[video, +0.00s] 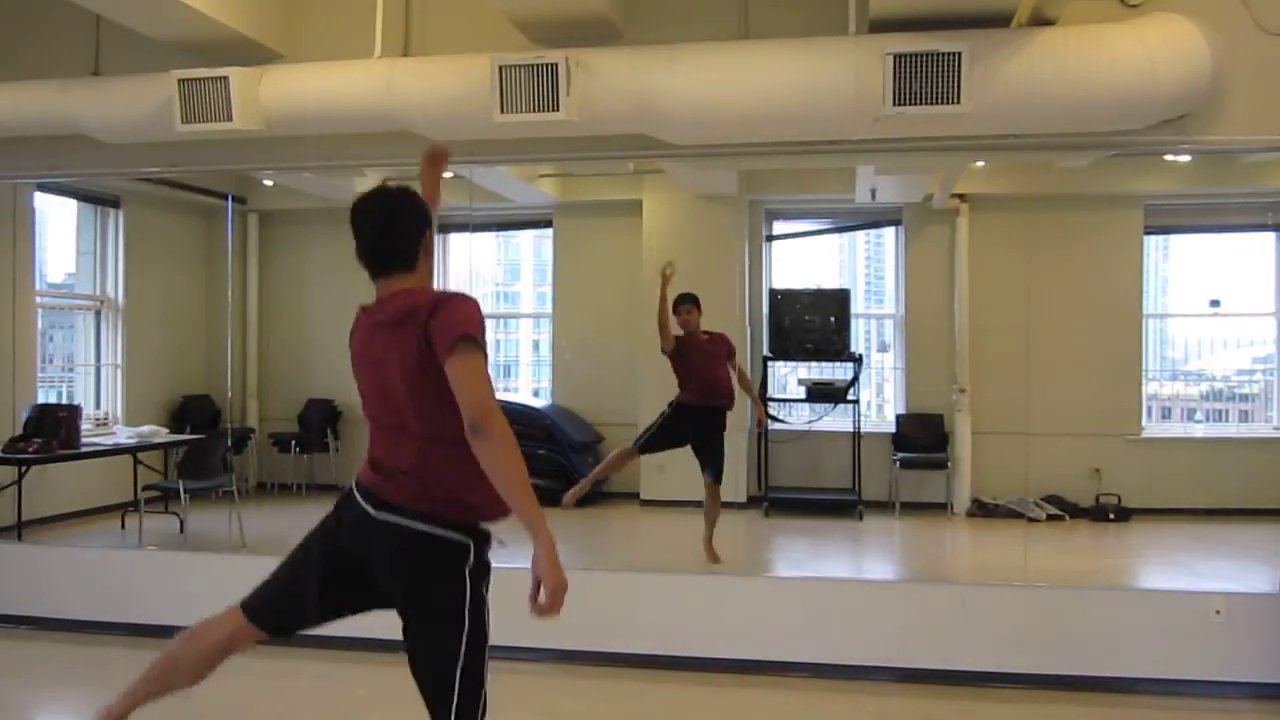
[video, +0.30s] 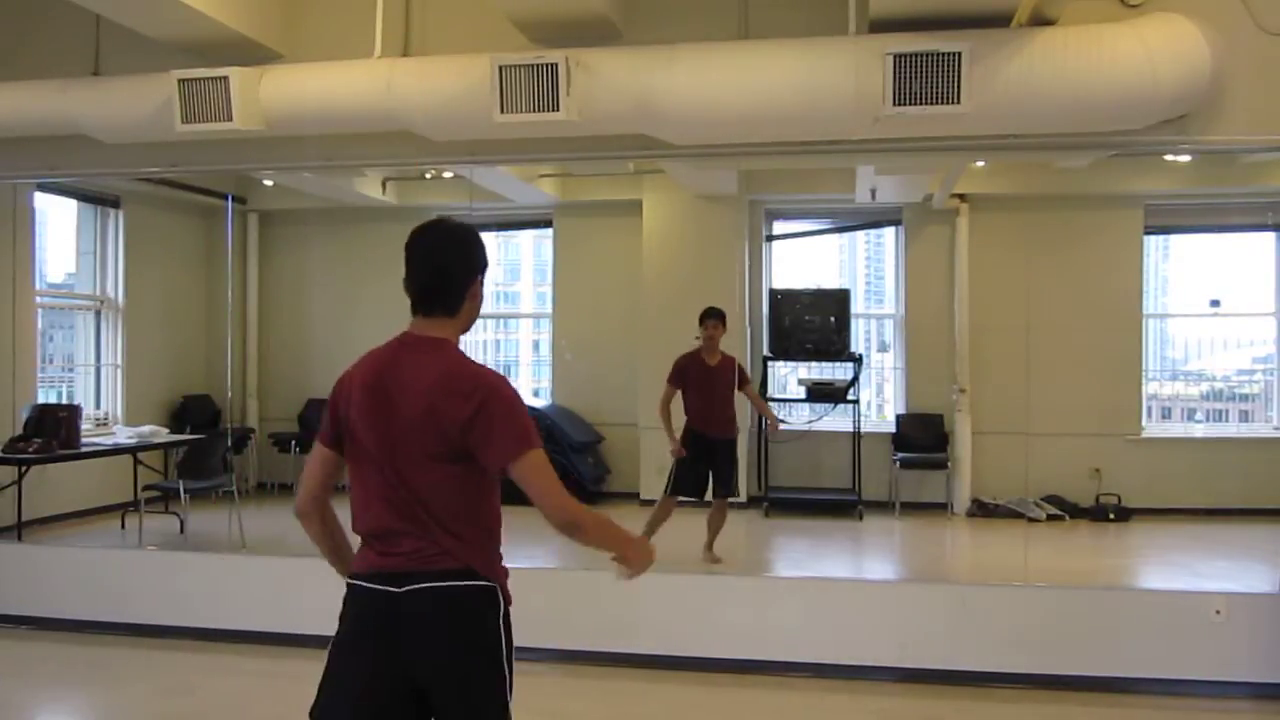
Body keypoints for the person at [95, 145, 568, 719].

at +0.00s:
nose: (425, 235)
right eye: (423, 230)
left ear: (360, 252)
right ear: (425, 241)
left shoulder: (368, 326)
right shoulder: (451, 313)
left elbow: (409, 257)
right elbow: (482, 421)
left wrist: (429, 183)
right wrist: (542, 538)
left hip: (364, 522)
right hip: (442, 549)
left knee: (242, 623)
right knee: (460, 710)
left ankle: (115, 710)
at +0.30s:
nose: (483, 295)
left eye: (481, 282)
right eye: (483, 283)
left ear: (410, 284)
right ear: (474, 290)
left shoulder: (357, 380)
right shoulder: (483, 390)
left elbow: (309, 502)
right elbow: (564, 515)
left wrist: (355, 569)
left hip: (371, 605)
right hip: (462, 610)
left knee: (341, 712)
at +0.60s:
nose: (476, 283)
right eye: (474, 272)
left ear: (401, 287)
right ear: (468, 279)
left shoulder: (364, 375)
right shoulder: (495, 368)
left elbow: (309, 501)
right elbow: (582, 492)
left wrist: (360, 551)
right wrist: (617, 531)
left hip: (355, 606)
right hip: (451, 617)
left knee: (306, 710)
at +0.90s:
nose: (425, 286)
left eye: (422, 275)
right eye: (424, 274)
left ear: (348, 286)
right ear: (413, 277)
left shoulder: (352, 377)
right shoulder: (433, 324)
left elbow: (452, 483)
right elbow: (523, 429)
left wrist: (561, 503)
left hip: (361, 591)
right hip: (444, 600)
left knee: (318, 711)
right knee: (470, 712)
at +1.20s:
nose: (430, 280)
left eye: (428, 266)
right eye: (429, 268)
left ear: (357, 269)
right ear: (421, 274)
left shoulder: (310, 360)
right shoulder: (407, 345)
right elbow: (490, 398)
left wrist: (265, 430)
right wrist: (561, 398)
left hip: (344, 587)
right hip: (423, 589)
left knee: (318, 711)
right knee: (446, 711)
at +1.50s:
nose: (397, 277)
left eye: (396, 263)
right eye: (396, 262)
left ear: (322, 265)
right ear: (384, 264)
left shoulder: (277, 351)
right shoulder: (397, 357)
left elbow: (270, 464)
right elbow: (413, 504)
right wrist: (430, 530)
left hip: (276, 583)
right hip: (362, 587)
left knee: (252, 711)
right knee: (398, 712)